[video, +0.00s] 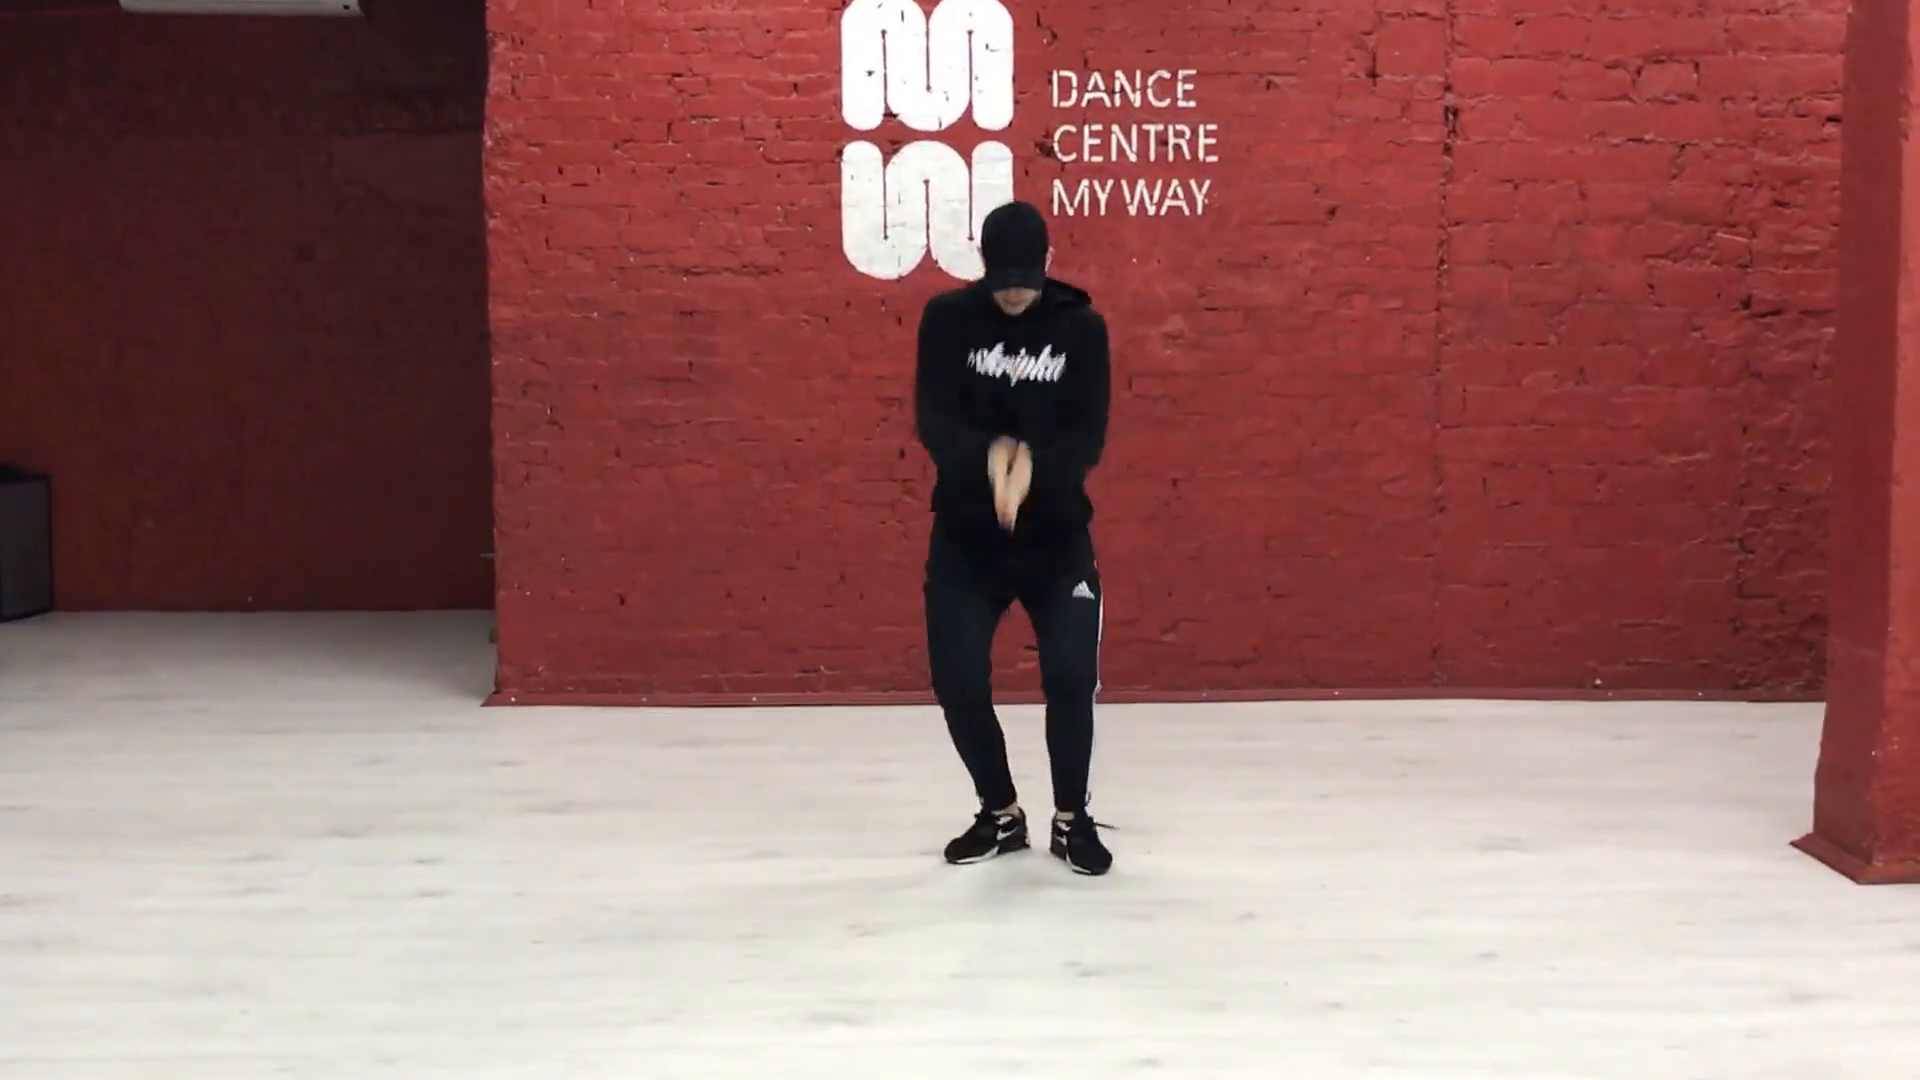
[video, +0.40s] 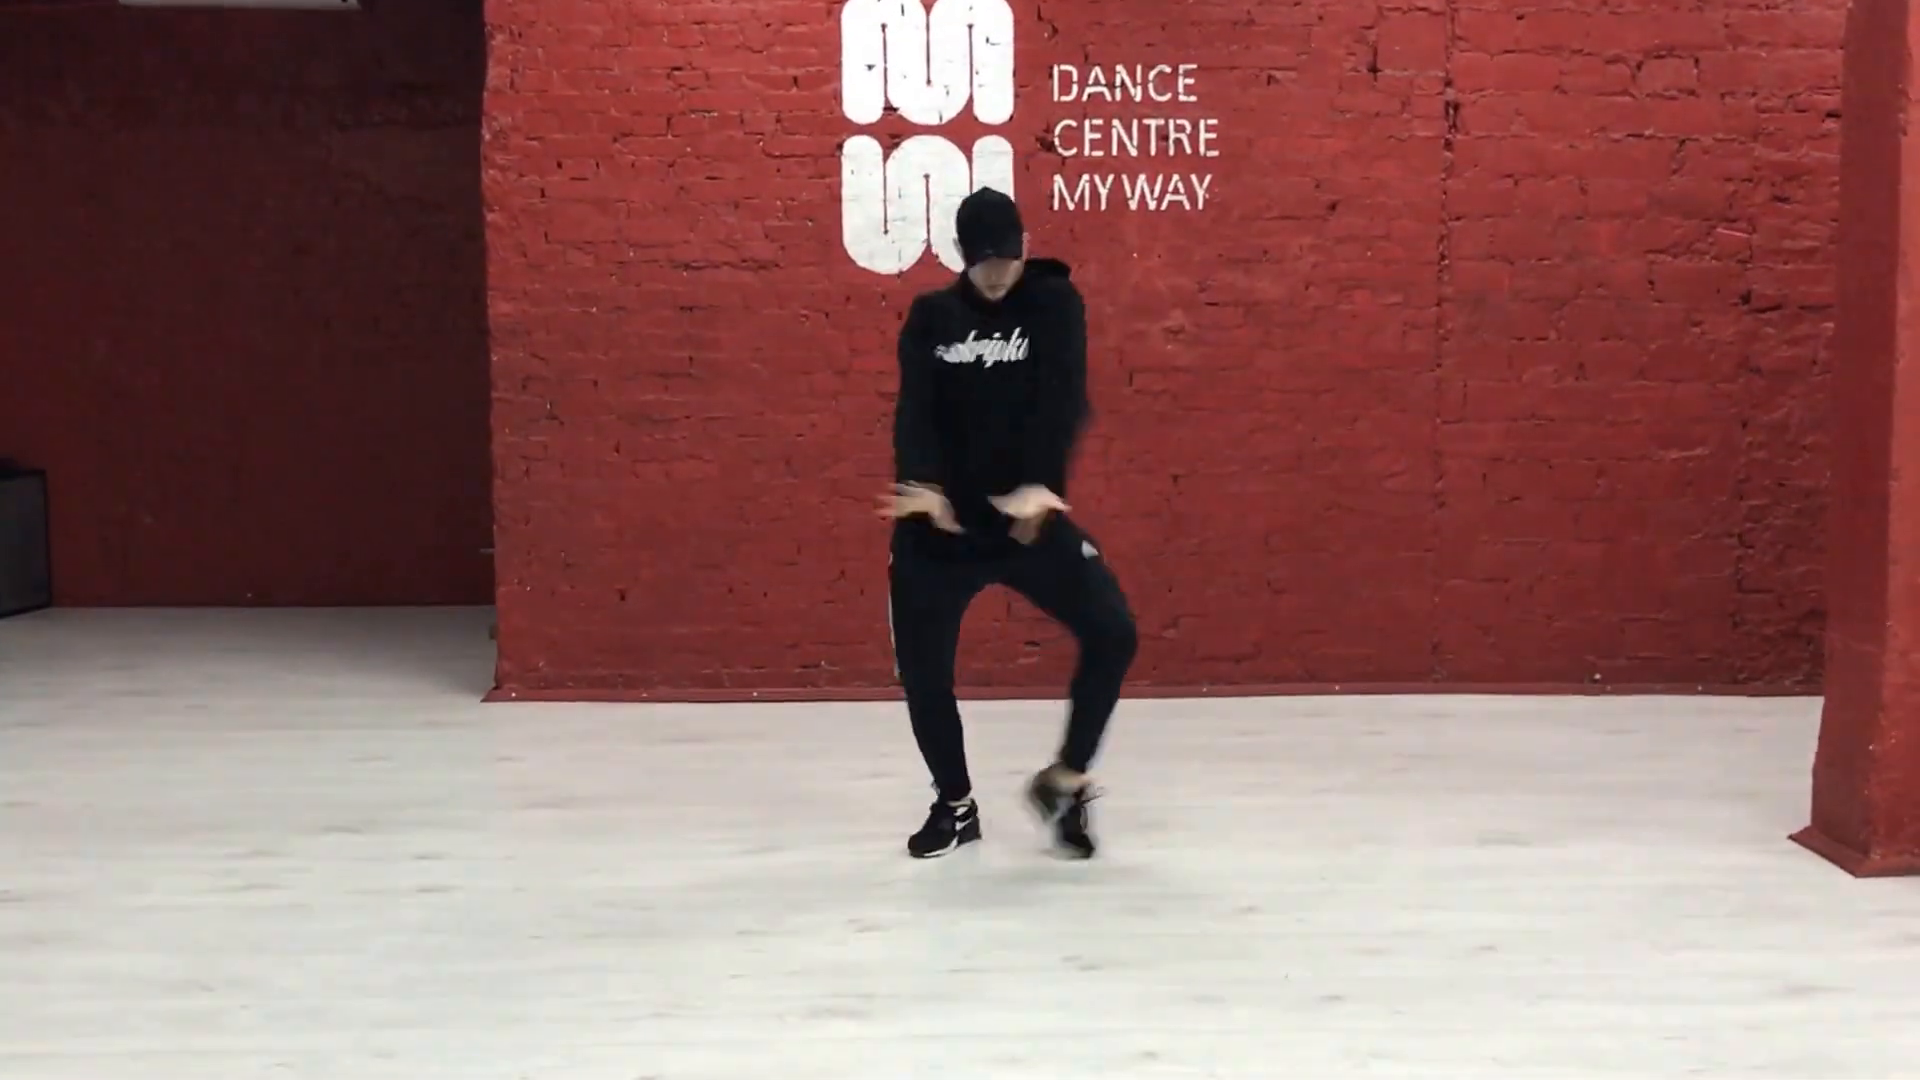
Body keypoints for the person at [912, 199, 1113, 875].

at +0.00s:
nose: (1016, 296)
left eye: (1027, 285)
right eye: (1004, 285)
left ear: (1045, 271)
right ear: (985, 271)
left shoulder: (1081, 326)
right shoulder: (947, 317)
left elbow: (1087, 439)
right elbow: (934, 423)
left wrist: (1030, 456)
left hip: (1055, 532)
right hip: (967, 533)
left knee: (1071, 674)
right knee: (956, 680)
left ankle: (1071, 816)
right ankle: (1000, 814)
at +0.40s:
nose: (994, 273)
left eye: (1005, 259)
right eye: (982, 261)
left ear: (1022, 250)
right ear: (962, 255)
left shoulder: (1055, 303)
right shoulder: (931, 316)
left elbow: (1064, 400)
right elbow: (914, 407)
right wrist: (921, 481)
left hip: (1028, 521)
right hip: (939, 524)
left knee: (1113, 635)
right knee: (922, 670)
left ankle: (1065, 781)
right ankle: (955, 803)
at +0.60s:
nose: (989, 272)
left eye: (997, 258)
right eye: (974, 262)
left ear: (1006, 245)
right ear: (942, 250)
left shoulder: (1034, 298)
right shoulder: (906, 306)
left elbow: (1100, 357)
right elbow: (889, 411)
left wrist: (1127, 402)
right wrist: (958, 432)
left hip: (1041, 515)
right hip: (962, 521)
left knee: (1074, 671)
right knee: (892, 659)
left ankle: (1202, 784)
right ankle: (968, 804)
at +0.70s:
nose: (980, 271)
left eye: (990, 258)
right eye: (966, 261)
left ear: (1008, 241)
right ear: (945, 252)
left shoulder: (1052, 275)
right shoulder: (922, 309)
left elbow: (1140, 291)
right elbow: (872, 408)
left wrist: (1135, 325)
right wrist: (914, 411)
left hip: (1055, 514)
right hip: (957, 518)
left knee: (1123, 641)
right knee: (884, 648)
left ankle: (1128, 786)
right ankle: (937, 784)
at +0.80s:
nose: (977, 282)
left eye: (987, 269)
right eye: (965, 270)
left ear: (1011, 248)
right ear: (948, 258)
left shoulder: (1061, 269)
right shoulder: (943, 317)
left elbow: (1170, 267)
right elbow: (894, 417)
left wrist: (1128, 320)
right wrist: (907, 414)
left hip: (1047, 513)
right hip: (967, 519)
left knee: (1114, 650)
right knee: (948, 674)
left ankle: (1103, 816)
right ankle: (836, 790)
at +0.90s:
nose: (980, 279)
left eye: (991, 266)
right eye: (968, 267)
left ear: (1017, 245)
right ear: (952, 256)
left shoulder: (1069, 291)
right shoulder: (940, 313)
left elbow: (1175, 325)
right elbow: (893, 403)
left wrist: (1114, 363)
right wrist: (913, 411)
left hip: (1041, 520)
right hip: (964, 526)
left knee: (1110, 653)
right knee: (989, 688)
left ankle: (1102, 817)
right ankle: (842, 808)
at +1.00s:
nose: (995, 258)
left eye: (1004, 243)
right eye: (980, 247)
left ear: (1024, 242)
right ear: (962, 253)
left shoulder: (1052, 312)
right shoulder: (939, 317)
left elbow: (1114, 389)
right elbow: (897, 405)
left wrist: (1123, 448)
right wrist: (979, 471)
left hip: (1043, 520)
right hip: (957, 529)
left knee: (1113, 652)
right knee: (924, 671)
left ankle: (1102, 817)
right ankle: (851, 809)